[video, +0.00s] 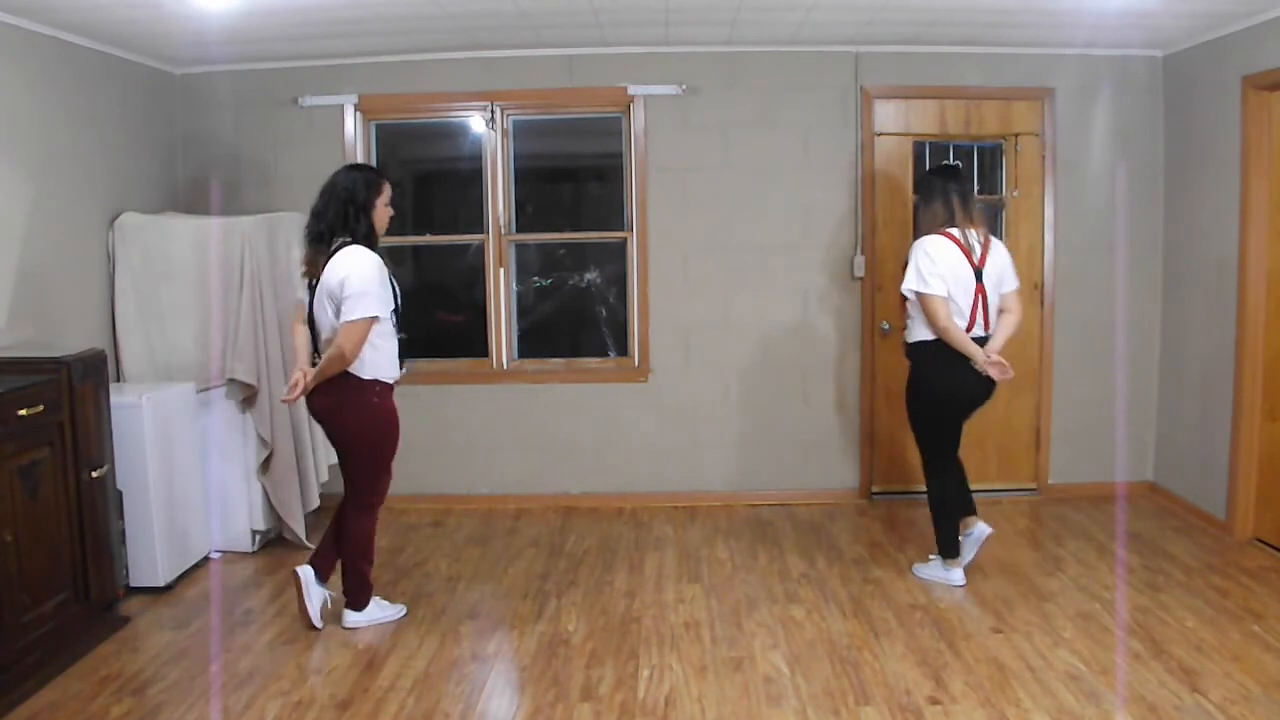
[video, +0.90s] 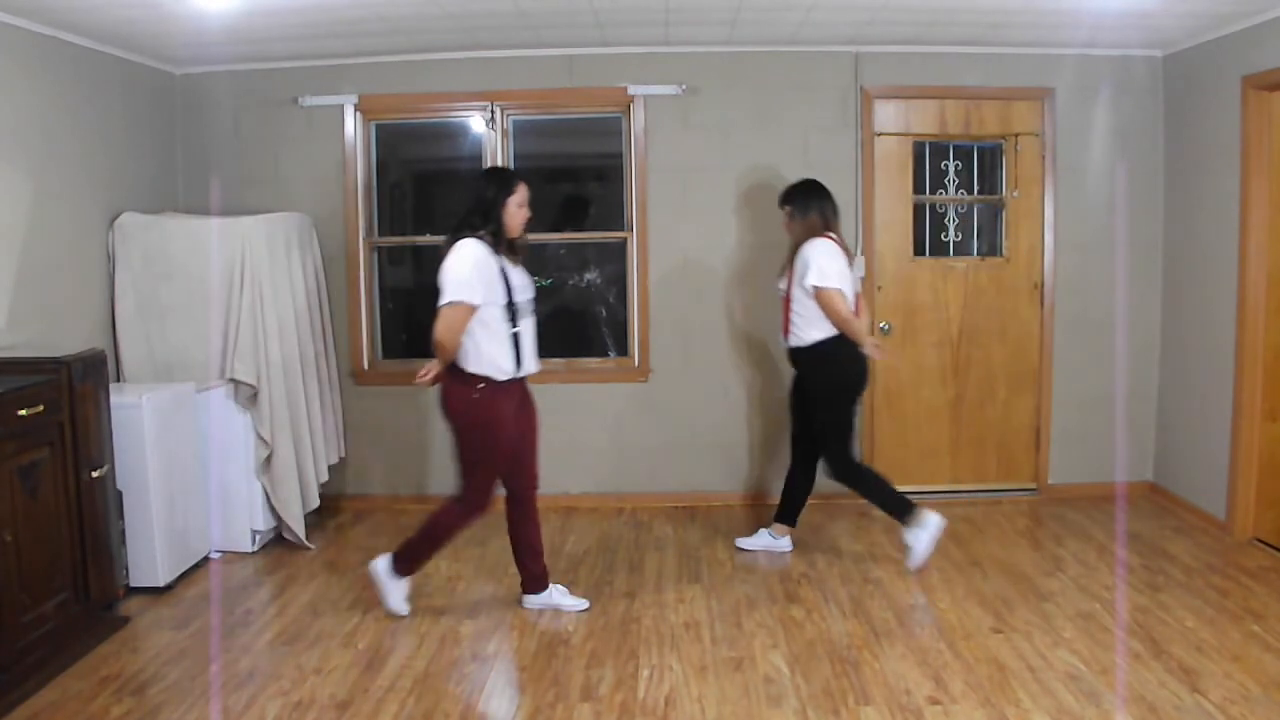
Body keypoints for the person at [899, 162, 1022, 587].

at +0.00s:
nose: (920, 210)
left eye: (922, 204)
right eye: (921, 204)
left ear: (930, 205)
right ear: (967, 202)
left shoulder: (927, 249)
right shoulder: (995, 248)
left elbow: (941, 322)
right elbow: (1012, 311)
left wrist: (980, 357)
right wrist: (990, 351)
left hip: (936, 366)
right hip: (980, 368)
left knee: (938, 458)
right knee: (943, 443)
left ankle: (949, 560)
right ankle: (969, 520)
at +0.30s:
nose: (894, 215)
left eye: (898, 207)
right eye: (894, 207)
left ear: (915, 206)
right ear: (936, 205)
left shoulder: (922, 247)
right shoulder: (950, 245)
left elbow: (943, 313)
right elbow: (969, 307)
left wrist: (974, 348)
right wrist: (972, 345)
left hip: (930, 364)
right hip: (939, 360)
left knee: (926, 457)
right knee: (895, 447)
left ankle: (955, 556)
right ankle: (959, 513)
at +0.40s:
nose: (885, 219)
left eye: (888, 210)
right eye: (885, 211)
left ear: (906, 208)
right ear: (921, 207)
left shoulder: (914, 249)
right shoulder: (935, 247)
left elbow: (933, 309)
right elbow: (957, 307)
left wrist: (965, 348)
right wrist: (967, 347)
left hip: (924, 365)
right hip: (928, 361)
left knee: (935, 460)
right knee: (878, 443)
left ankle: (958, 555)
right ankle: (931, 515)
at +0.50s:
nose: (866, 221)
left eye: (869, 213)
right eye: (866, 213)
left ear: (886, 212)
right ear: (904, 210)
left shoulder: (900, 248)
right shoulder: (921, 248)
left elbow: (918, 303)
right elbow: (943, 308)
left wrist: (952, 343)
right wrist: (954, 345)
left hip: (911, 365)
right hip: (909, 364)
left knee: (929, 462)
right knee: (862, 441)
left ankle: (956, 554)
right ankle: (880, 529)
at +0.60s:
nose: (850, 229)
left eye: (853, 219)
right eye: (849, 220)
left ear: (870, 217)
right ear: (889, 216)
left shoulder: (883, 255)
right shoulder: (905, 253)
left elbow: (906, 313)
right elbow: (928, 309)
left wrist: (939, 349)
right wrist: (938, 350)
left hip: (895, 368)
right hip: (890, 366)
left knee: (921, 465)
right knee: (850, 448)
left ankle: (956, 555)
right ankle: (823, 530)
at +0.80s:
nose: (805, 231)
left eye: (809, 222)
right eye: (805, 222)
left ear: (826, 222)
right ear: (842, 221)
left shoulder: (836, 259)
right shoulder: (858, 260)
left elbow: (854, 315)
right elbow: (882, 314)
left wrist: (888, 351)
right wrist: (885, 353)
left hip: (847, 370)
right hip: (846, 368)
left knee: (883, 463)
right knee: (815, 455)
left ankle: (946, 541)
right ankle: (782, 531)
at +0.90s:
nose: (786, 226)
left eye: (789, 218)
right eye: (785, 218)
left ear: (806, 216)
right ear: (821, 215)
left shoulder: (816, 251)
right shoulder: (826, 249)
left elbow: (834, 306)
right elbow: (856, 303)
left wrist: (862, 341)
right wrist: (863, 338)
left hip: (829, 362)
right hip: (817, 362)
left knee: (838, 462)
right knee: (804, 453)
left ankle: (917, 520)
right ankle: (780, 532)